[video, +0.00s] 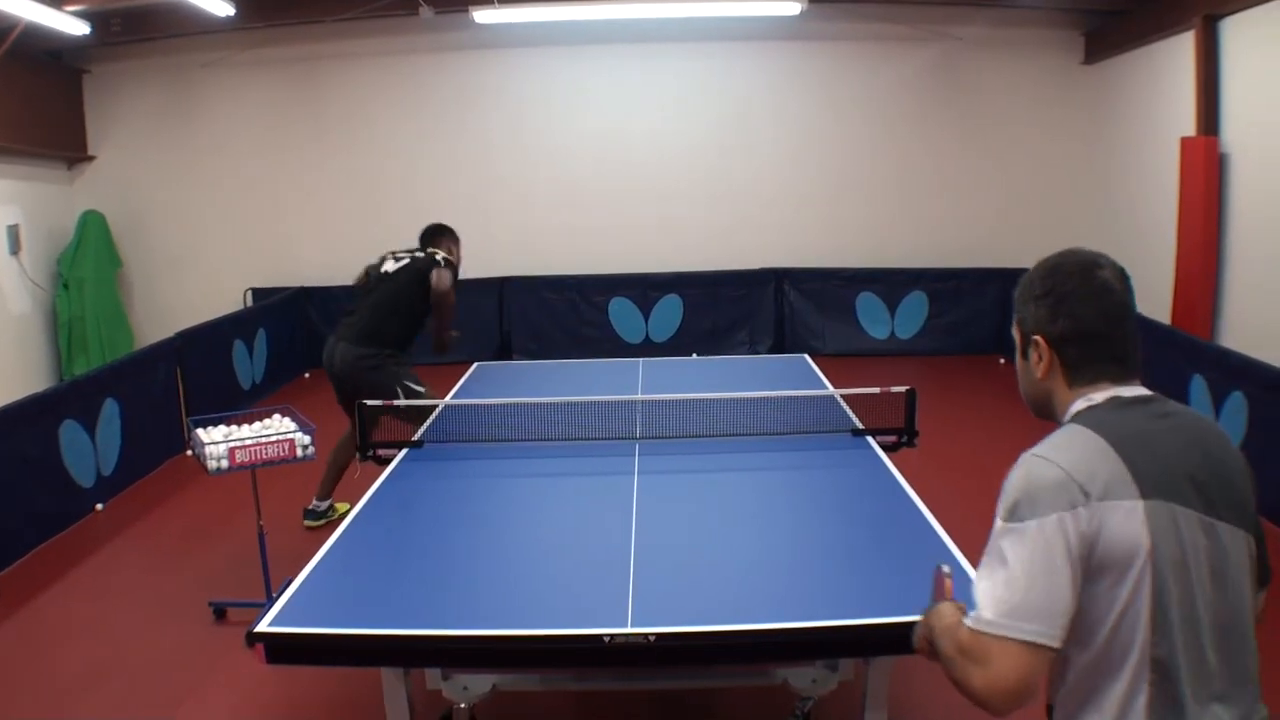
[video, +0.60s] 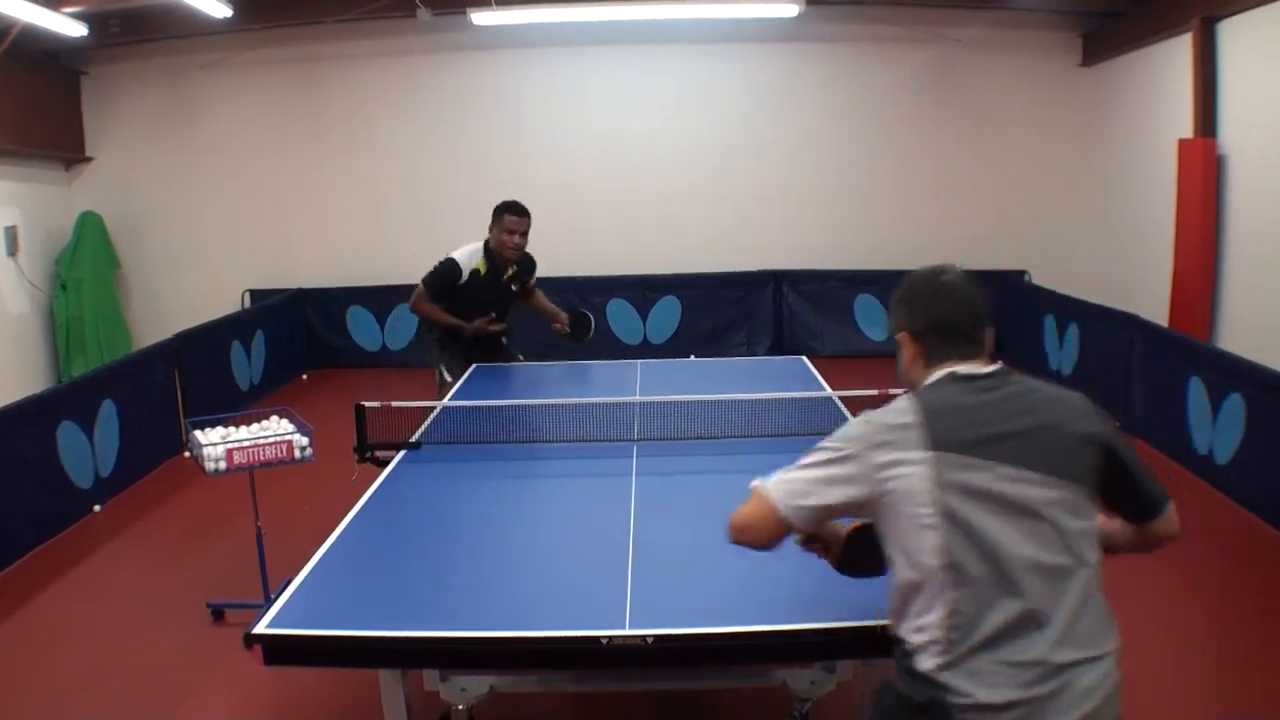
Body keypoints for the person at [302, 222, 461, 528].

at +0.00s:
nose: (459, 256)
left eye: (459, 250)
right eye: (457, 250)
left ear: (425, 246)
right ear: (446, 246)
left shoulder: (394, 257)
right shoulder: (440, 260)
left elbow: (361, 281)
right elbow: (441, 287)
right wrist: (442, 335)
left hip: (338, 353)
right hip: (372, 358)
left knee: (360, 426)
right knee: (438, 422)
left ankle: (319, 505)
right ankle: (440, 499)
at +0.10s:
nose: (489, 269)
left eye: (490, 261)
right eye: (487, 260)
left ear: (460, 255)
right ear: (469, 256)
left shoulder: (430, 267)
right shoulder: (449, 272)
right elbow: (415, 299)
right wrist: (428, 343)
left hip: (359, 359)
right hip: (384, 364)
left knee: (379, 429)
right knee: (442, 424)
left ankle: (325, 497)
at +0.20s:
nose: (500, 267)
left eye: (504, 262)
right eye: (496, 258)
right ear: (474, 250)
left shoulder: (465, 284)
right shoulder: (444, 271)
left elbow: (440, 321)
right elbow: (392, 297)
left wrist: (453, 351)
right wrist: (425, 341)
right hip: (386, 362)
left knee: (419, 435)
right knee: (446, 420)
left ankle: (345, 477)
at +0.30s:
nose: (495, 254)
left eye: (502, 250)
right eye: (490, 245)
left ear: (507, 250)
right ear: (473, 236)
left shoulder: (482, 267)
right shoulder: (439, 262)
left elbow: (470, 298)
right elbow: (386, 292)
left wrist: (487, 331)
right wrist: (425, 333)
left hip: (433, 352)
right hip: (403, 352)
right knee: (448, 415)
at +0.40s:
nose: (500, 240)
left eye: (507, 234)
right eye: (494, 231)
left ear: (513, 233)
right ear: (477, 223)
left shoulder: (498, 253)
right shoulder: (443, 250)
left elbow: (488, 281)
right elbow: (393, 286)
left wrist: (510, 310)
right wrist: (438, 319)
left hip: (449, 329)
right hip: (411, 327)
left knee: (461, 392)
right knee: (443, 397)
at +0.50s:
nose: (507, 236)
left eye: (514, 230)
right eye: (499, 228)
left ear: (519, 229)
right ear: (483, 222)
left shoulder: (510, 253)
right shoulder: (451, 251)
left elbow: (504, 279)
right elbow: (406, 289)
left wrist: (531, 305)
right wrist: (454, 316)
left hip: (469, 329)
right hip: (431, 331)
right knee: (451, 401)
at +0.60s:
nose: (517, 241)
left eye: (523, 235)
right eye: (509, 233)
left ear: (528, 237)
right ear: (491, 232)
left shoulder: (525, 264)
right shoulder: (460, 263)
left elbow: (527, 291)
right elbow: (418, 303)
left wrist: (559, 316)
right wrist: (467, 328)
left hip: (494, 341)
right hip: (453, 344)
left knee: (527, 383)